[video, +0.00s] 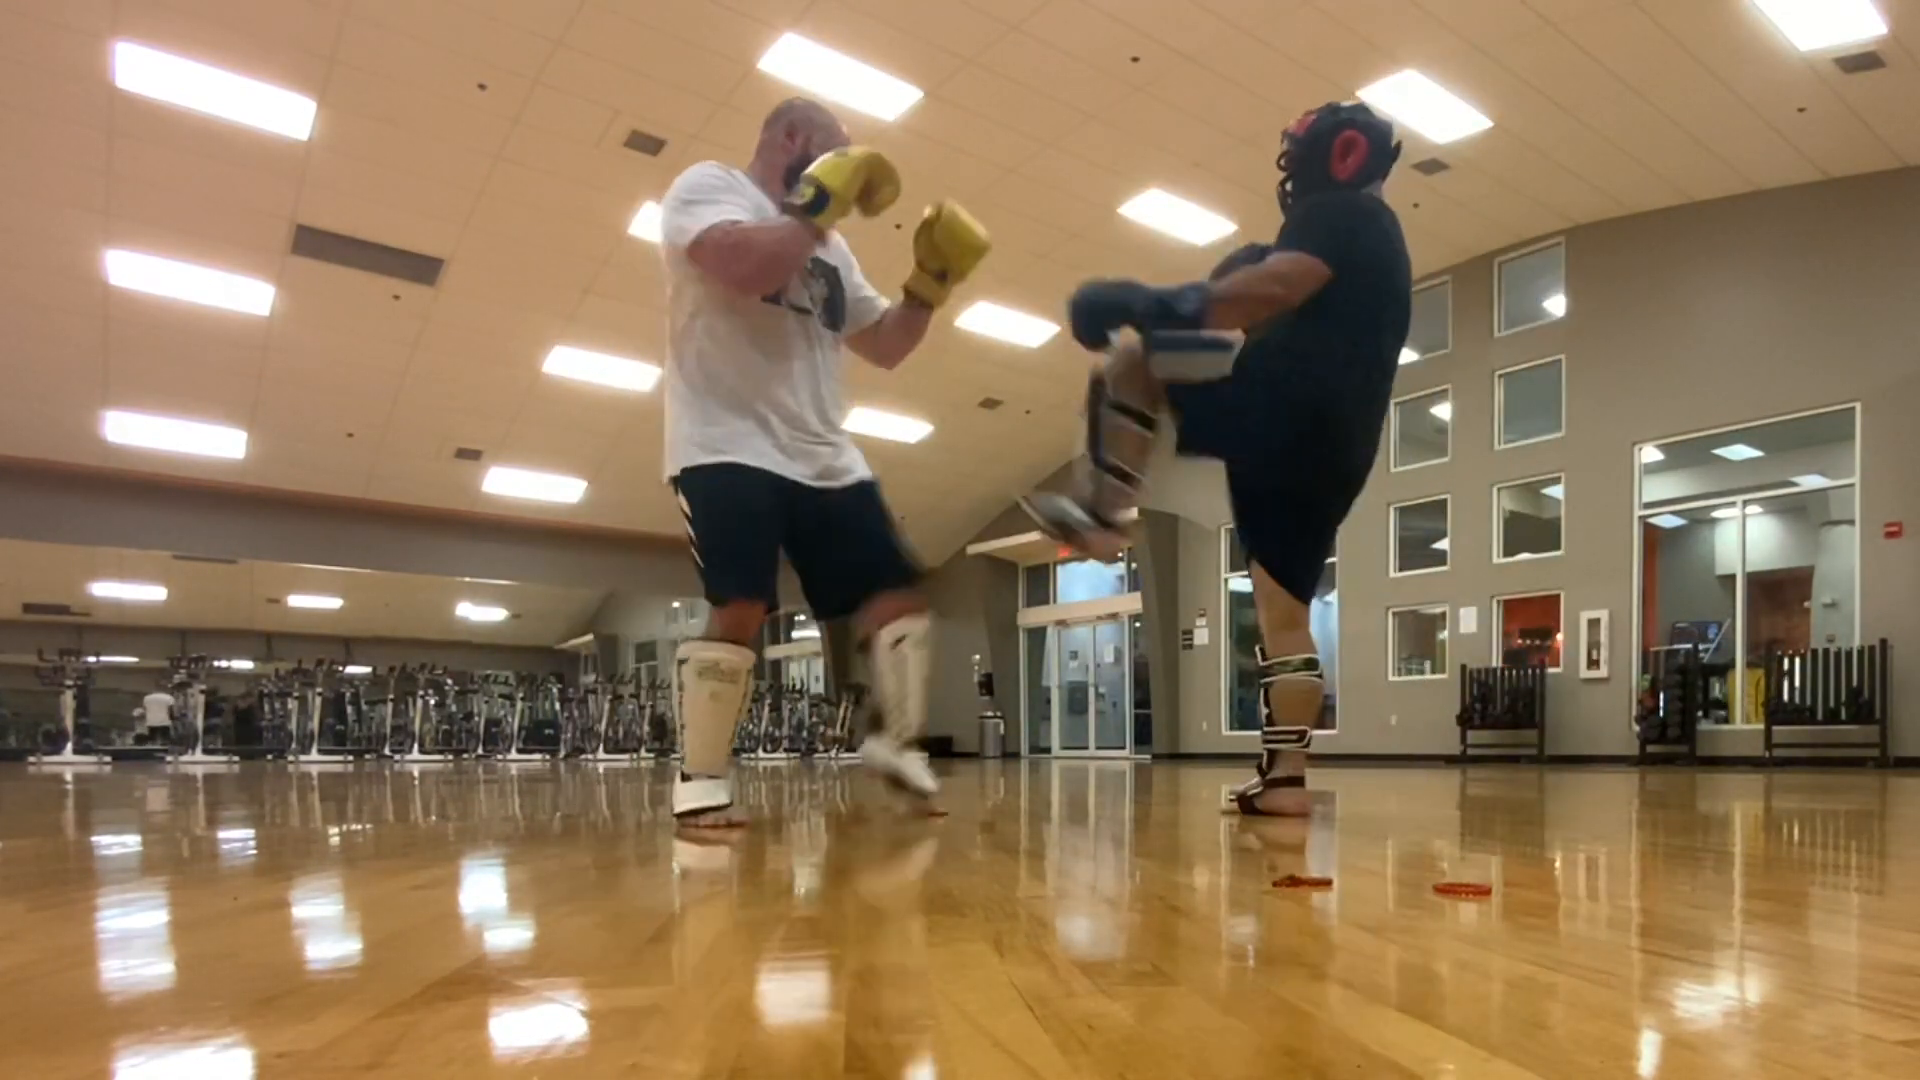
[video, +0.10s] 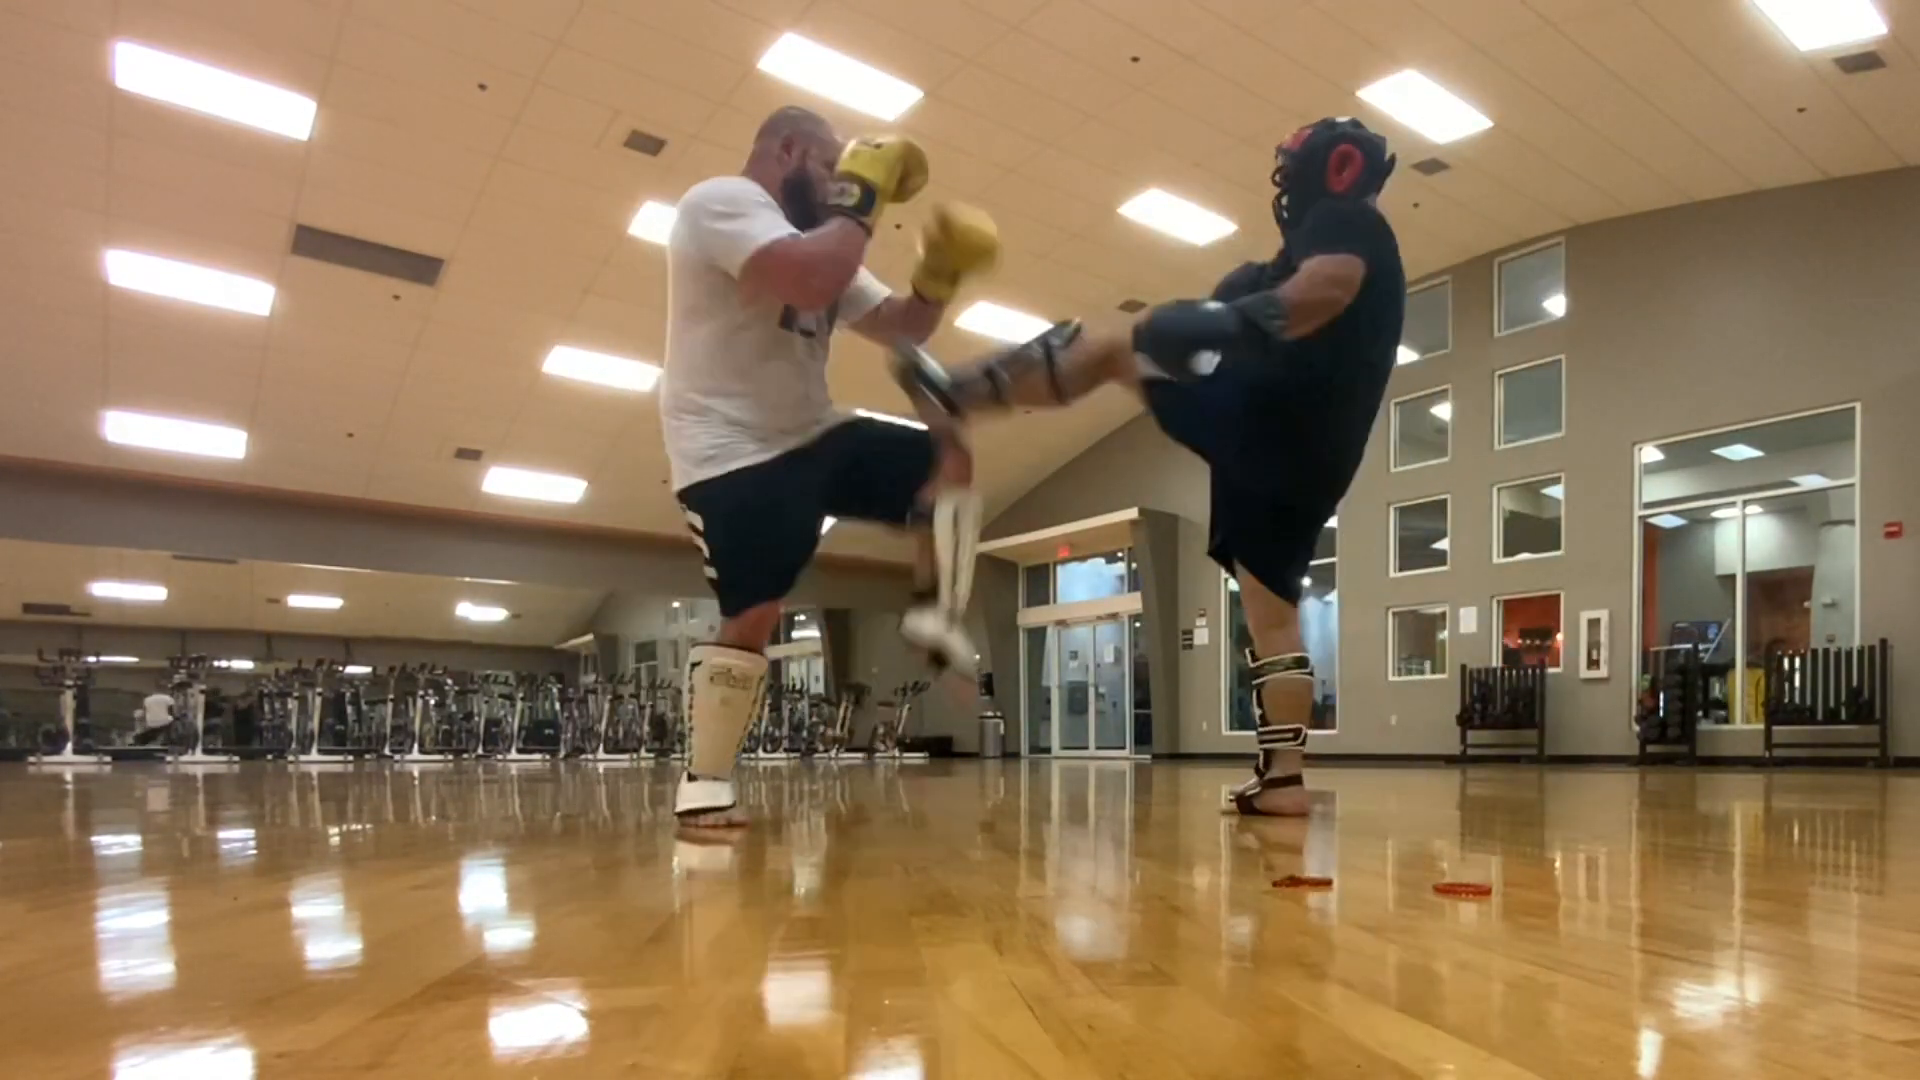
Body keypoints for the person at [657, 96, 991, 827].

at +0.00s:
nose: (833, 176)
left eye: (839, 167)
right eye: (830, 160)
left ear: (800, 148)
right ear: (785, 138)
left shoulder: (826, 249)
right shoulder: (709, 186)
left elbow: (885, 345)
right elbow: (744, 269)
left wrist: (926, 287)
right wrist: (820, 210)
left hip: (819, 445)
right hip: (727, 436)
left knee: (894, 590)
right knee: (743, 600)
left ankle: (896, 742)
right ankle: (702, 785)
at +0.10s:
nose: (840, 188)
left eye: (842, 177)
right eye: (832, 171)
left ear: (798, 160)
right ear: (785, 153)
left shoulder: (816, 248)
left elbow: (902, 326)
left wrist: (939, 275)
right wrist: (861, 200)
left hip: (811, 437)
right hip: (730, 450)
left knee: (947, 458)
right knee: (754, 611)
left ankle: (936, 610)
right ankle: (707, 788)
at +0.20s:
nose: (834, 180)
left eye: (838, 170)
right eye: (822, 162)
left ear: (785, 154)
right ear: (774, 148)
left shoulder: (818, 237)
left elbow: (903, 304)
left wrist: (963, 323)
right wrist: (859, 198)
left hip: (828, 430)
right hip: (742, 454)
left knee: (954, 382)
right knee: (751, 601)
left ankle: (968, 521)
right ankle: (707, 786)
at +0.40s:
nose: (826, 160)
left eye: (829, 148)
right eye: (815, 144)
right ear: (760, 131)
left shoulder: (850, 229)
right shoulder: (702, 211)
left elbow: (909, 306)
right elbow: (705, 269)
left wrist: (984, 361)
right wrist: (797, 202)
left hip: (885, 431)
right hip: (781, 443)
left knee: (1001, 531)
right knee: (769, 598)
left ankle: (1013, 680)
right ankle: (706, 782)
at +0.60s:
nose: (899, 182)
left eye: (903, 170)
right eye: (887, 166)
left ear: (900, 173)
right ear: (838, 161)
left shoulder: (922, 257)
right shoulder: (783, 250)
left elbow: (986, 320)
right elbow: (783, 341)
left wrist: (1055, 304)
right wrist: (846, 254)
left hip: (941, 470)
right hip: (840, 469)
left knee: (991, 613)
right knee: (799, 619)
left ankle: (1016, 776)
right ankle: (716, 778)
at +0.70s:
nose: (933, 192)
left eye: (937, 180)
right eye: (922, 177)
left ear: (933, 181)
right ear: (873, 169)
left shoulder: (957, 258)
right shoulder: (814, 249)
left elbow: (1040, 282)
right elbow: (827, 340)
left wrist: (1114, 270)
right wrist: (887, 256)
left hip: (958, 479)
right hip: (858, 474)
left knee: (1007, 616)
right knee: (821, 619)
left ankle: (1019, 775)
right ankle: (745, 776)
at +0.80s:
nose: (950, 195)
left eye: (952, 186)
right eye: (940, 180)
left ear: (911, 172)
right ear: (894, 163)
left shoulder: (962, 249)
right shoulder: (827, 236)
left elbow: (1058, 257)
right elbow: (838, 314)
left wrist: (1146, 247)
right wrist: (913, 244)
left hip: (952, 466)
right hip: (857, 459)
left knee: (987, 613)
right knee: (832, 603)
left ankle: (1016, 773)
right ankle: (770, 766)